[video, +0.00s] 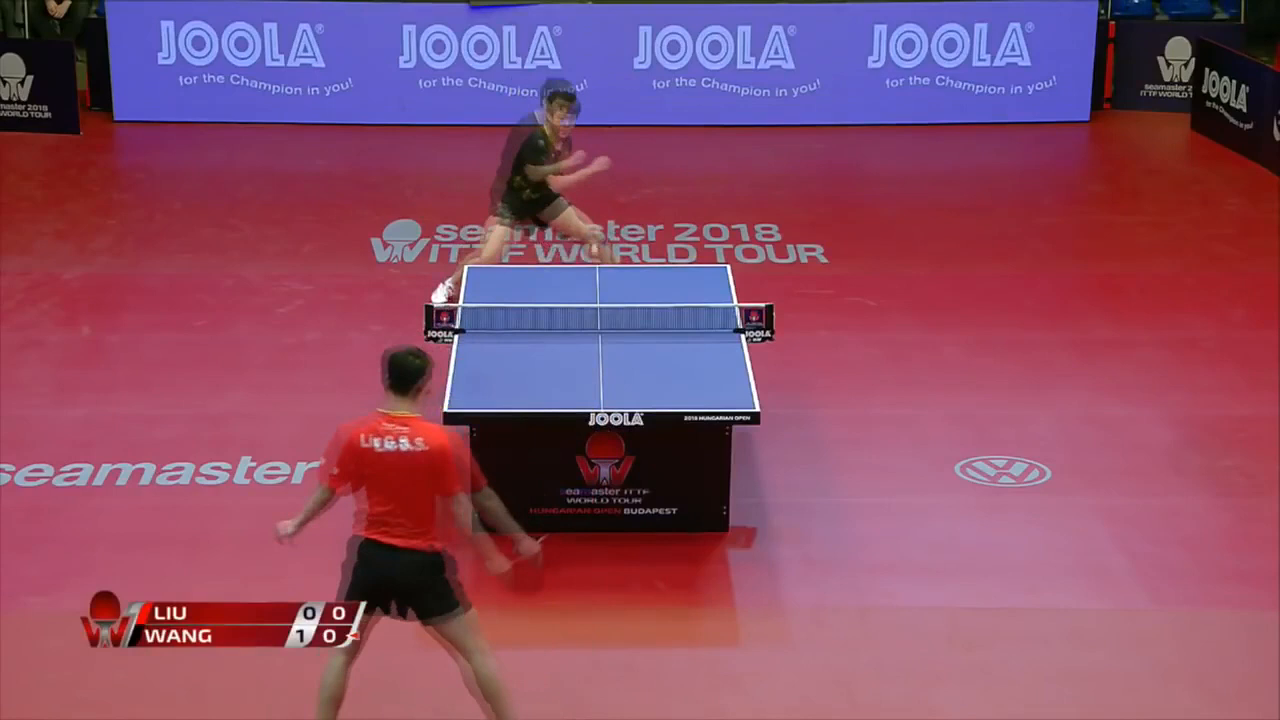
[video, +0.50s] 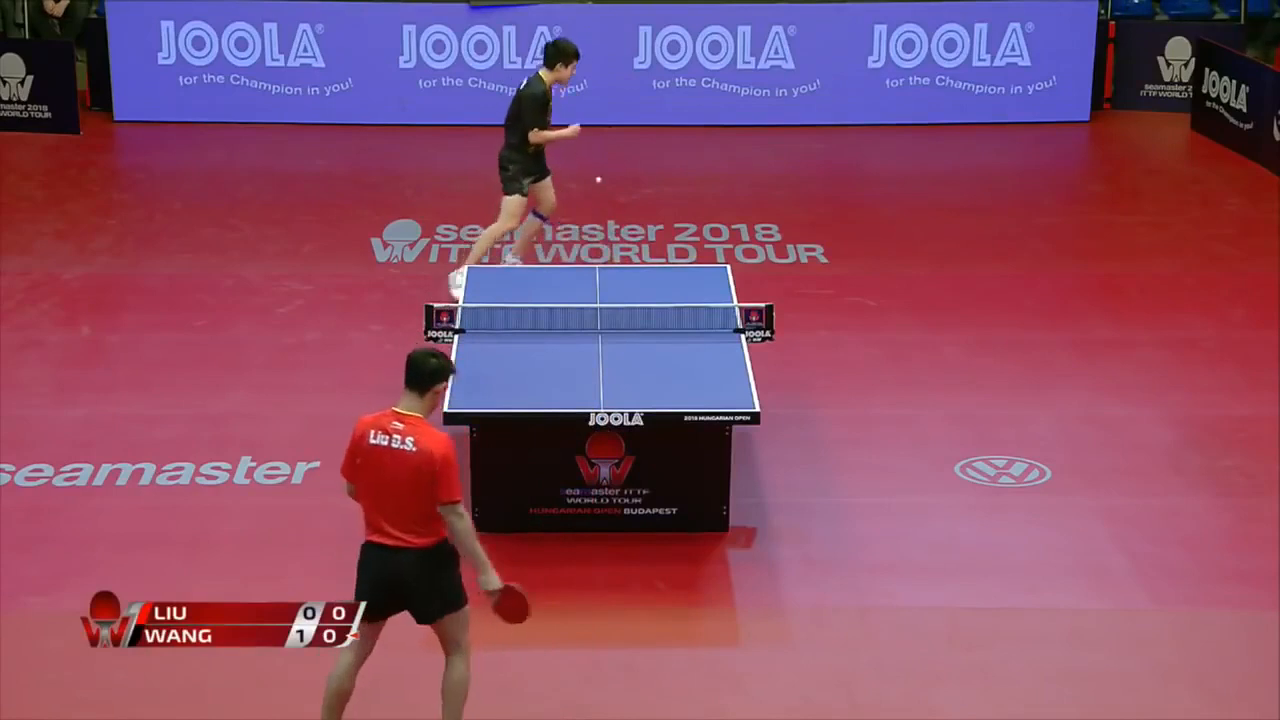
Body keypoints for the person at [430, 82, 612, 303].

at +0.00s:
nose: (564, 116)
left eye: (569, 111)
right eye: (559, 109)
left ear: (573, 113)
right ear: (547, 107)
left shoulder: (564, 139)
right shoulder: (531, 134)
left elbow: (555, 175)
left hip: (541, 195)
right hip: (511, 198)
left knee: (592, 234)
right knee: (490, 255)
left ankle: (616, 289)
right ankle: (450, 287)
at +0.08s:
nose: (563, 107)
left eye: (566, 102)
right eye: (560, 100)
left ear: (566, 101)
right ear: (544, 97)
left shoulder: (548, 121)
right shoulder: (520, 123)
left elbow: (532, 150)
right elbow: (522, 166)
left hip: (532, 185)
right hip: (505, 188)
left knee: (575, 228)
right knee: (484, 249)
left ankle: (610, 273)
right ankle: (450, 284)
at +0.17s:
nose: (563, 99)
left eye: (565, 94)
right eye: (560, 93)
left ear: (548, 90)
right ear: (544, 89)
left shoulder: (541, 114)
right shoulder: (515, 114)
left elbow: (528, 148)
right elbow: (511, 157)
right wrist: (547, 156)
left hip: (526, 176)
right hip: (499, 179)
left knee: (567, 217)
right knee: (483, 241)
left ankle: (581, 269)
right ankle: (449, 283)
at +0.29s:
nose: (562, 89)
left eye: (564, 83)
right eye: (561, 83)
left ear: (546, 80)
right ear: (545, 80)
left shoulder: (538, 103)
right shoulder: (516, 106)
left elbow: (525, 137)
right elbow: (513, 148)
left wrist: (526, 159)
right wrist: (549, 148)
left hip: (522, 170)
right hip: (498, 173)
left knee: (557, 210)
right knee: (481, 234)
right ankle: (449, 281)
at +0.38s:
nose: (565, 84)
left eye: (566, 78)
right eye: (564, 78)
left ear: (549, 74)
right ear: (550, 75)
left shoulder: (539, 97)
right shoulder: (523, 101)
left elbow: (525, 135)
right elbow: (522, 144)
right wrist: (555, 143)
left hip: (525, 169)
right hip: (503, 171)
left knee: (548, 212)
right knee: (485, 229)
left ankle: (513, 260)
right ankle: (449, 279)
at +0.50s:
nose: (573, 73)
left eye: (573, 68)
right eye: (572, 67)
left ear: (554, 64)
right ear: (559, 66)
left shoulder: (543, 86)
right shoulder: (535, 91)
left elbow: (531, 128)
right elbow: (534, 136)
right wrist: (565, 133)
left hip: (533, 158)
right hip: (516, 161)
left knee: (547, 205)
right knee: (509, 221)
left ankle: (513, 257)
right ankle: (463, 272)